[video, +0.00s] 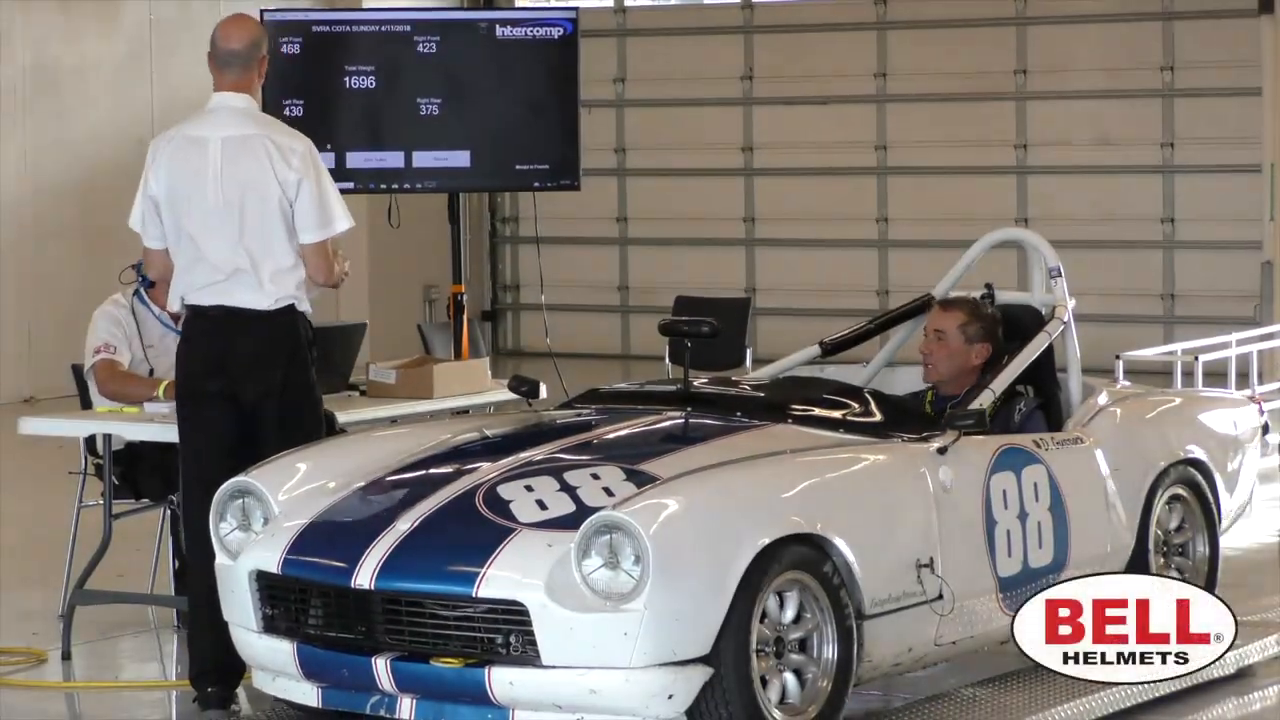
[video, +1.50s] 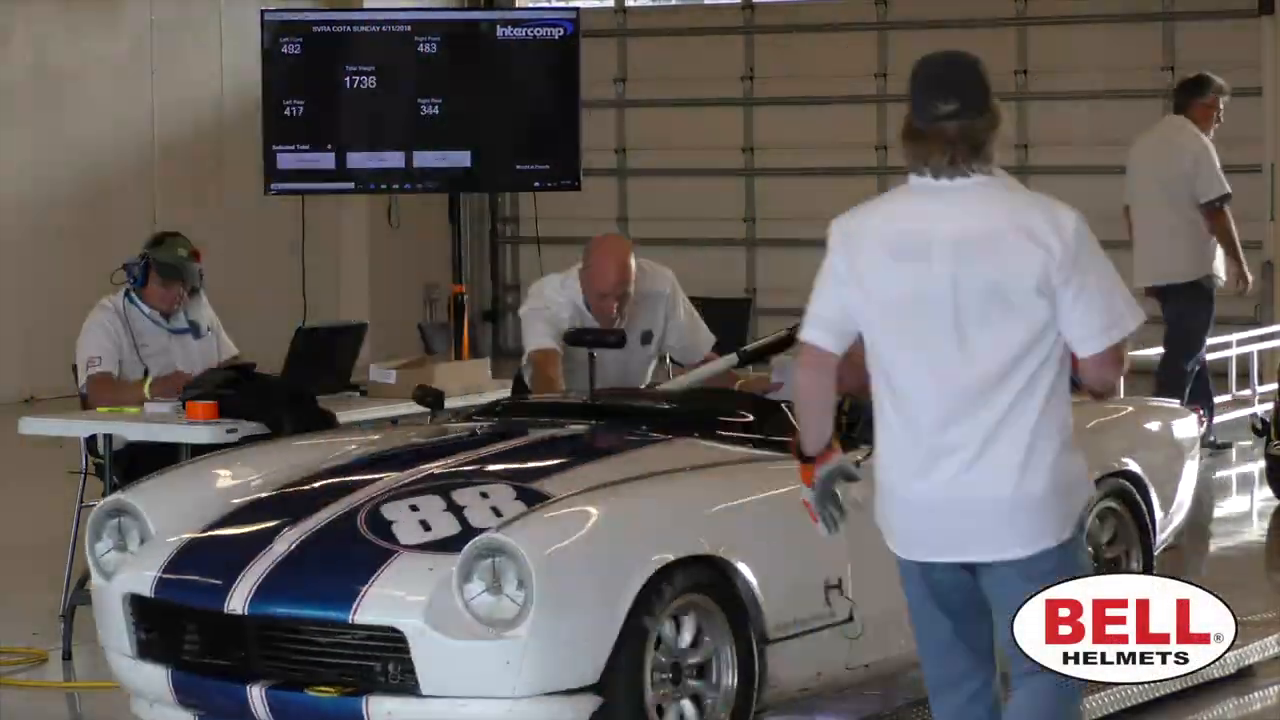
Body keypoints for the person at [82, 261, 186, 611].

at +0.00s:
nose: (181, 260)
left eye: (184, 251)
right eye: (172, 251)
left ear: (194, 261)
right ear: (152, 263)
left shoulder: (206, 310)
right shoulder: (117, 313)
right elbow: (107, 380)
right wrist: (169, 388)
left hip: (201, 439)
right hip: (140, 443)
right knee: (194, 482)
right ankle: (193, 610)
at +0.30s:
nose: (184, 255)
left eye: (188, 248)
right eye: (172, 247)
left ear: (192, 258)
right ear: (146, 256)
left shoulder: (200, 309)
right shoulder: (115, 312)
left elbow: (241, 374)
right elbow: (98, 390)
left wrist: (250, 342)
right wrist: (158, 391)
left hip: (207, 439)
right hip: (144, 444)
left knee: (264, 469)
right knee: (203, 483)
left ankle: (251, 594)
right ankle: (196, 604)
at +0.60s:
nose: (186, 287)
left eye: (194, 278)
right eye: (176, 275)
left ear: (202, 281)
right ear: (152, 270)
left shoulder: (202, 319)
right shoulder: (115, 319)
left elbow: (217, 380)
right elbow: (97, 397)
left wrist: (259, 379)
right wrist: (153, 393)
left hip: (203, 442)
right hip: (139, 446)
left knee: (260, 471)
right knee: (204, 481)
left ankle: (247, 596)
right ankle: (196, 606)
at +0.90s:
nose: (201, 271)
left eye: (202, 262)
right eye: (193, 262)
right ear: (162, 265)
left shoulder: (197, 317)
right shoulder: (114, 317)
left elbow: (214, 377)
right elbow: (98, 396)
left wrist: (257, 379)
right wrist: (156, 392)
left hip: (197, 442)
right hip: (136, 447)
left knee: (262, 466)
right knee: (202, 477)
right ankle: (195, 605)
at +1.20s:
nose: (190, 261)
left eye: (190, 252)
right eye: (184, 252)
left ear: (148, 257)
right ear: (162, 255)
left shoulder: (185, 314)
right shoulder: (119, 306)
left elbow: (205, 382)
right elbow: (106, 385)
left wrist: (256, 380)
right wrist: (154, 391)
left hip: (196, 442)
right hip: (143, 446)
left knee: (260, 464)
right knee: (206, 476)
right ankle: (196, 604)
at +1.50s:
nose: (177, 296)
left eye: (185, 287)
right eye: (166, 285)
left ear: (192, 283)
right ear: (141, 276)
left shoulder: (197, 305)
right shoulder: (107, 318)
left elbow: (233, 363)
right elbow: (98, 394)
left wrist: (212, 380)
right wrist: (152, 388)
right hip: (137, 447)